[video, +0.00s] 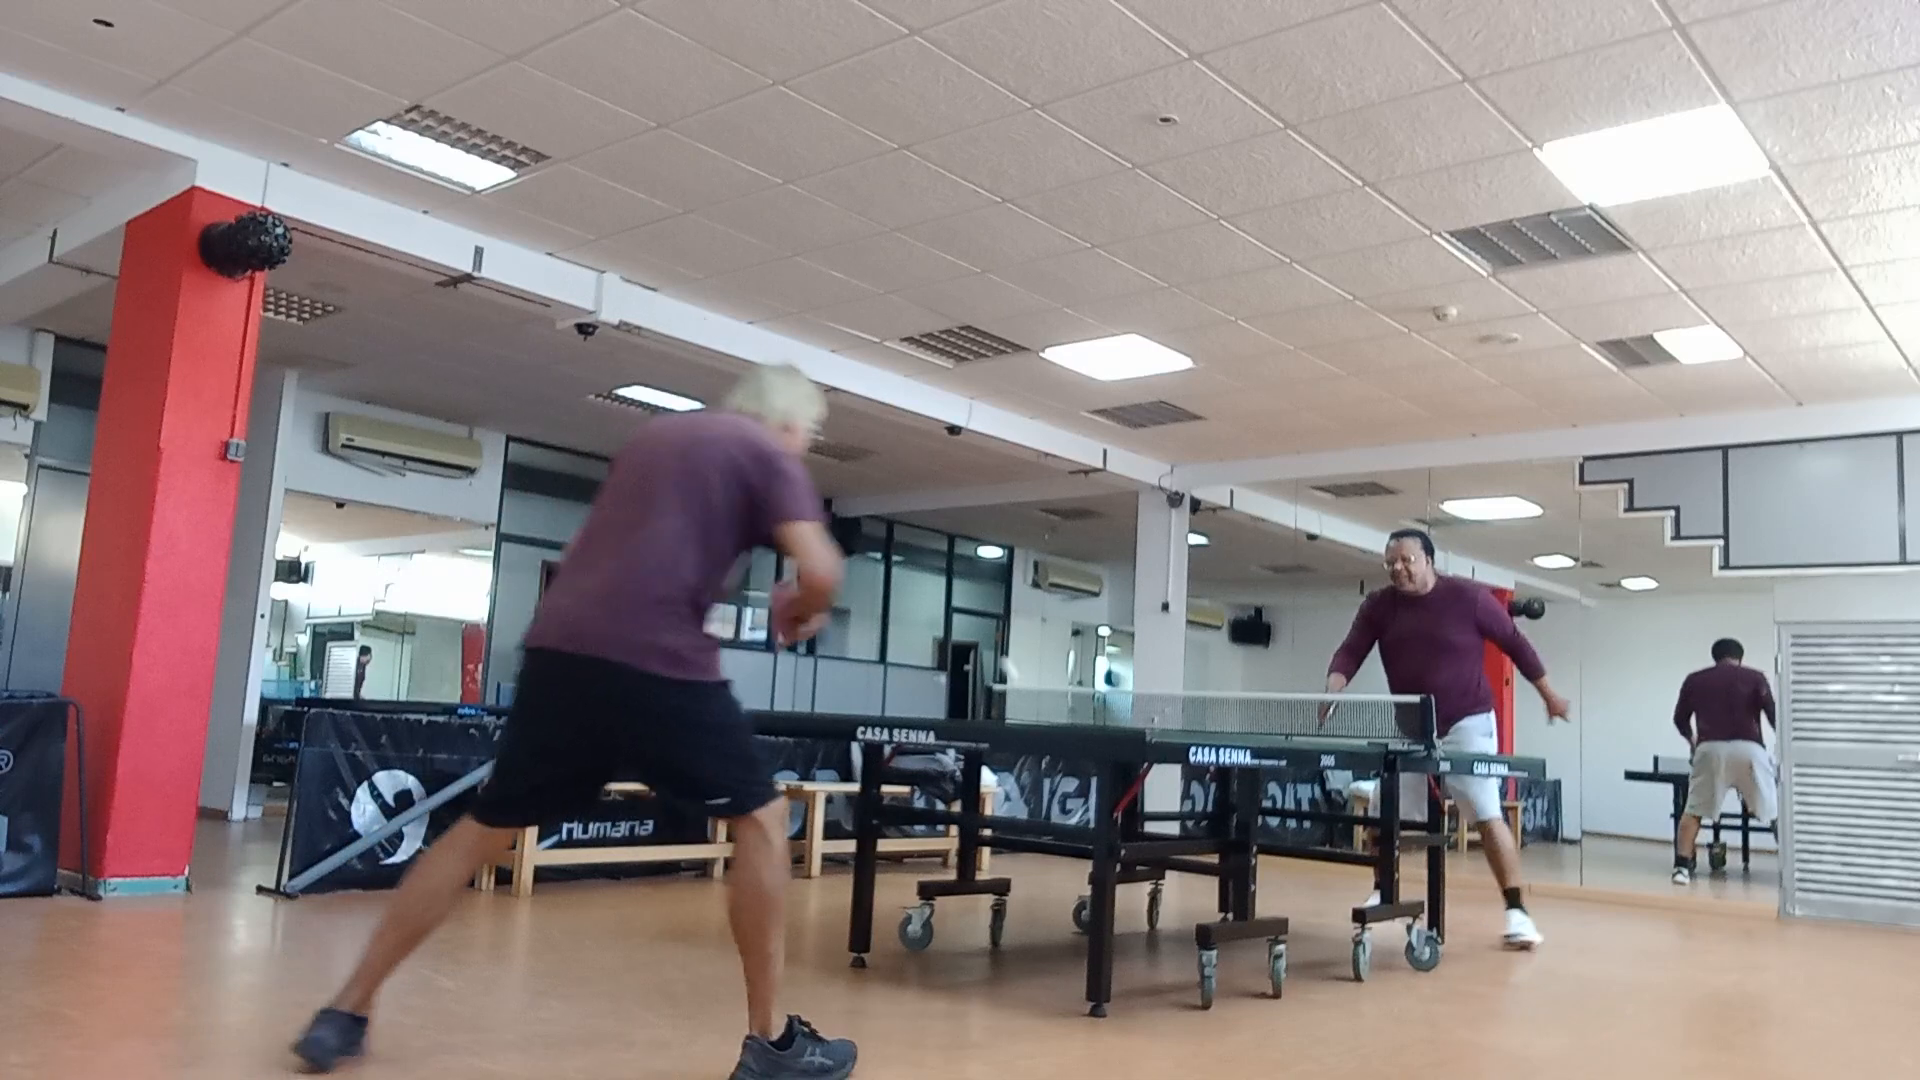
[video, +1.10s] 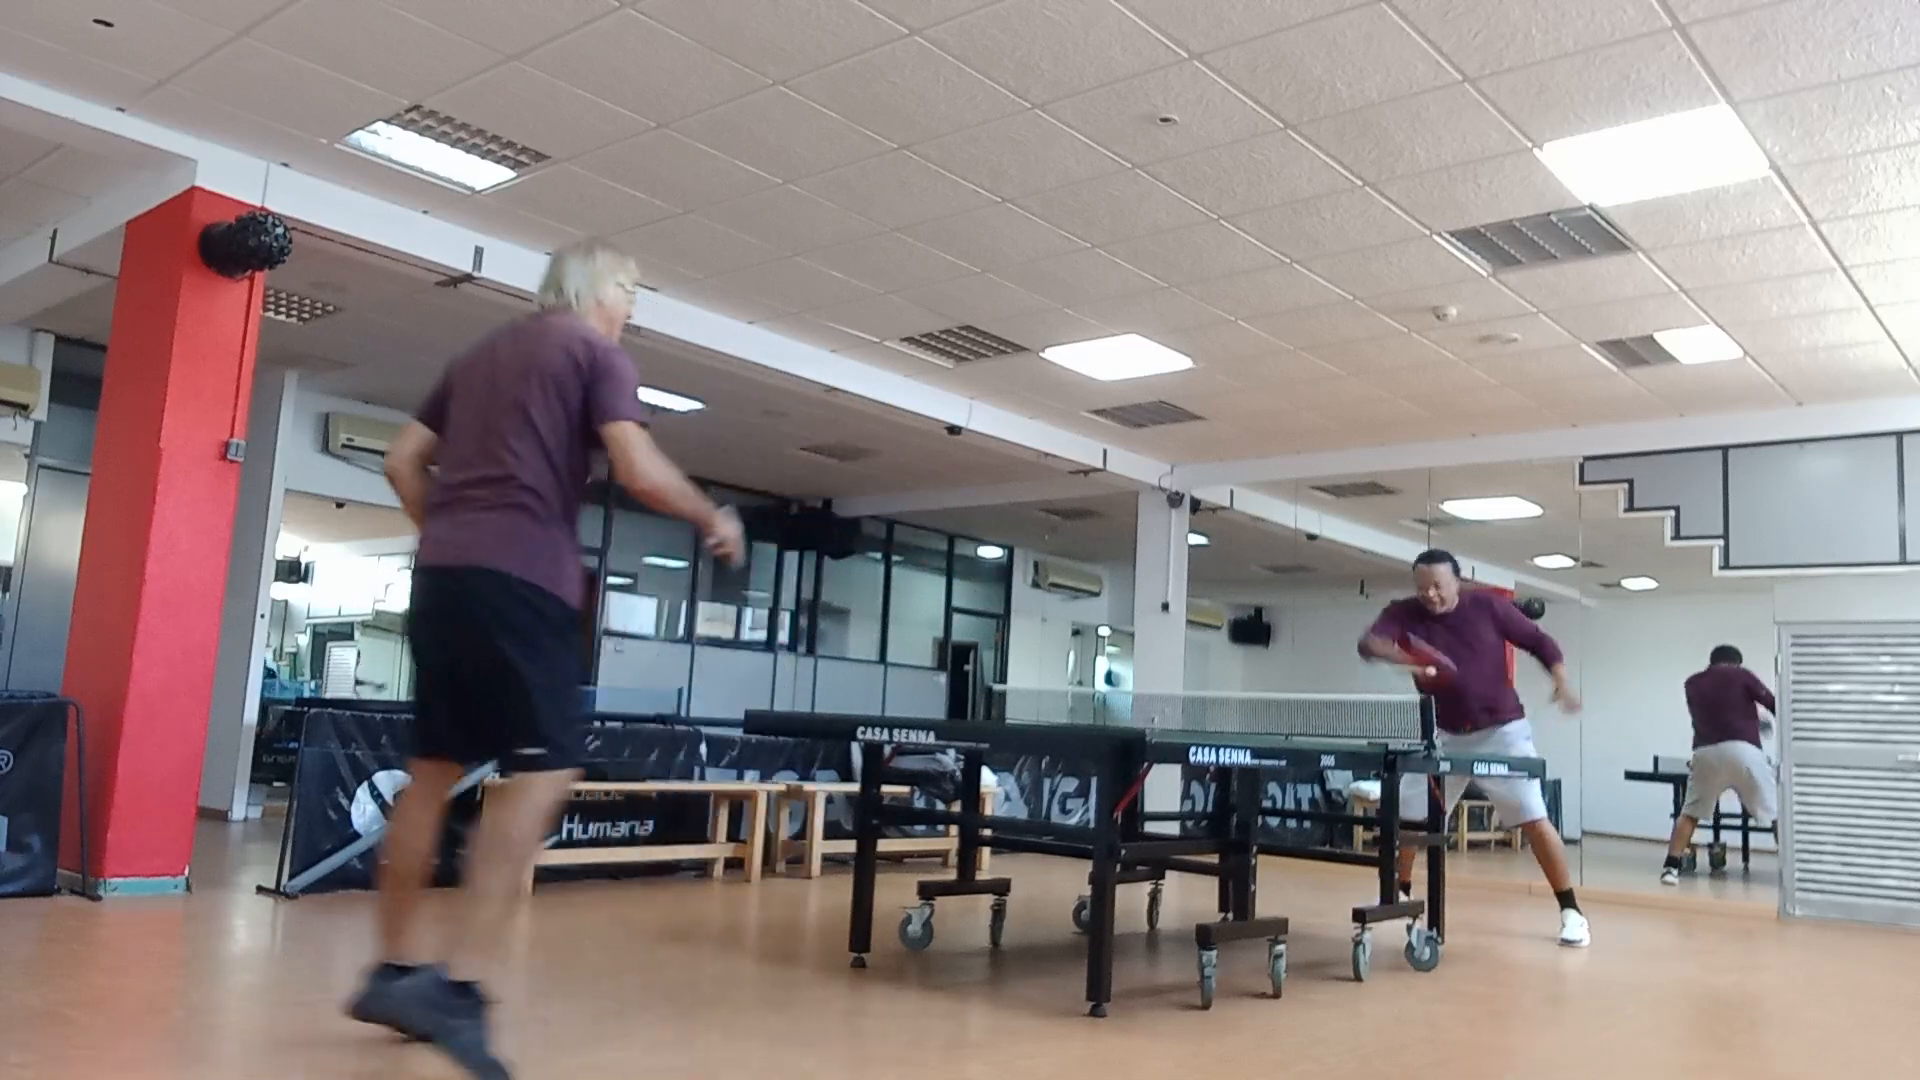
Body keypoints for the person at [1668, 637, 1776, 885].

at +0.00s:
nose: (1738, 663)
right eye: (1740, 659)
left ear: (1714, 659)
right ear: (1740, 658)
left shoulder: (1695, 679)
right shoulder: (1754, 677)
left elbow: (1680, 719)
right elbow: (1775, 716)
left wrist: (1692, 740)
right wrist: (1789, 742)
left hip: (1709, 750)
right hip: (1749, 750)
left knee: (1692, 812)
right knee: (1774, 813)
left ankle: (1681, 867)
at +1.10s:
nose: (1738, 669)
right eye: (1739, 665)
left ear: (1711, 662)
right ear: (1736, 662)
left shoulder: (1692, 682)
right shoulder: (1742, 675)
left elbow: (1698, 719)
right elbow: (1773, 704)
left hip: (1705, 751)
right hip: (1743, 749)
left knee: (1690, 812)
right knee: (1774, 813)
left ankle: (1671, 867)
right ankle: (1793, 870)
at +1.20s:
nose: (1734, 667)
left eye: (1734, 665)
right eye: (1733, 664)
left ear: (1706, 661)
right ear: (1730, 661)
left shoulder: (1690, 677)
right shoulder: (1732, 671)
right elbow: (1763, 684)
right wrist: (1780, 695)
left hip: (1699, 750)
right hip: (1734, 748)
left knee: (1689, 812)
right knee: (1772, 812)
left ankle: (1670, 868)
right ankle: (1792, 867)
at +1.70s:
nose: (1751, 653)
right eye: (1752, 650)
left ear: (1725, 647)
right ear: (1752, 648)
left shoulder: (1706, 672)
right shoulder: (1765, 671)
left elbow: (1689, 713)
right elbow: (1788, 703)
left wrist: (1676, 744)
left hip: (1721, 749)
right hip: (1759, 748)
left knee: (1700, 811)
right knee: (1778, 810)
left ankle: (1677, 864)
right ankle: (1786, 861)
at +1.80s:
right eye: (1754, 646)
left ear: (1730, 644)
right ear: (1756, 645)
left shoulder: (1713, 668)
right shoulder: (1772, 668)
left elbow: (1697, 710)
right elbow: (1787, 707)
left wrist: (1684, 745)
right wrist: (1790, 744)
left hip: (1729, 746)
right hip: (1767, 746)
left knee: (1710, 808)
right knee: (1781, 807)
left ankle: (1697, 861)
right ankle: (1780, 851)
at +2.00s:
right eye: (1755, 646)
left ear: (1731, 644)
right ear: (1758, 644)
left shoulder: (1719, 668)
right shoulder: (1773, 668)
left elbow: (1705, 706)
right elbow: (1787, 704)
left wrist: (1690, 738)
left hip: (1741, 750)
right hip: (1776, 747)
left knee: (1726, 813)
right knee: (1781, 814)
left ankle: (1729, 873)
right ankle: (1792, 868)